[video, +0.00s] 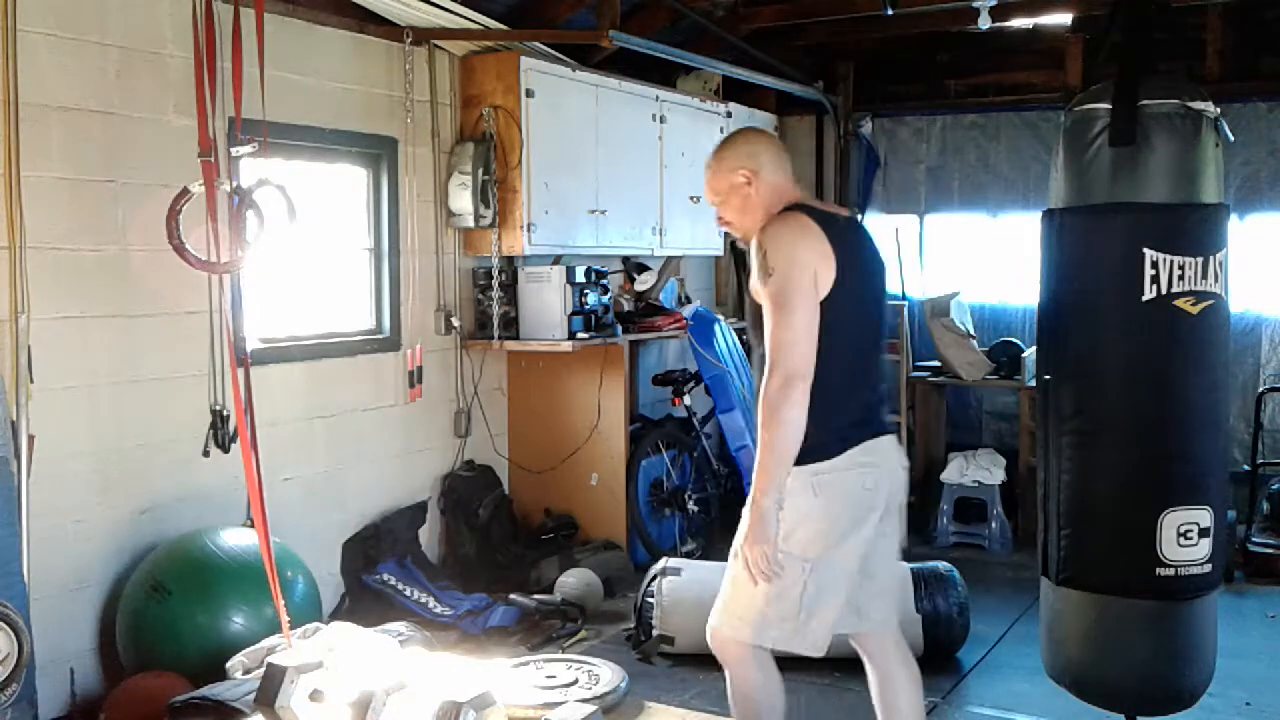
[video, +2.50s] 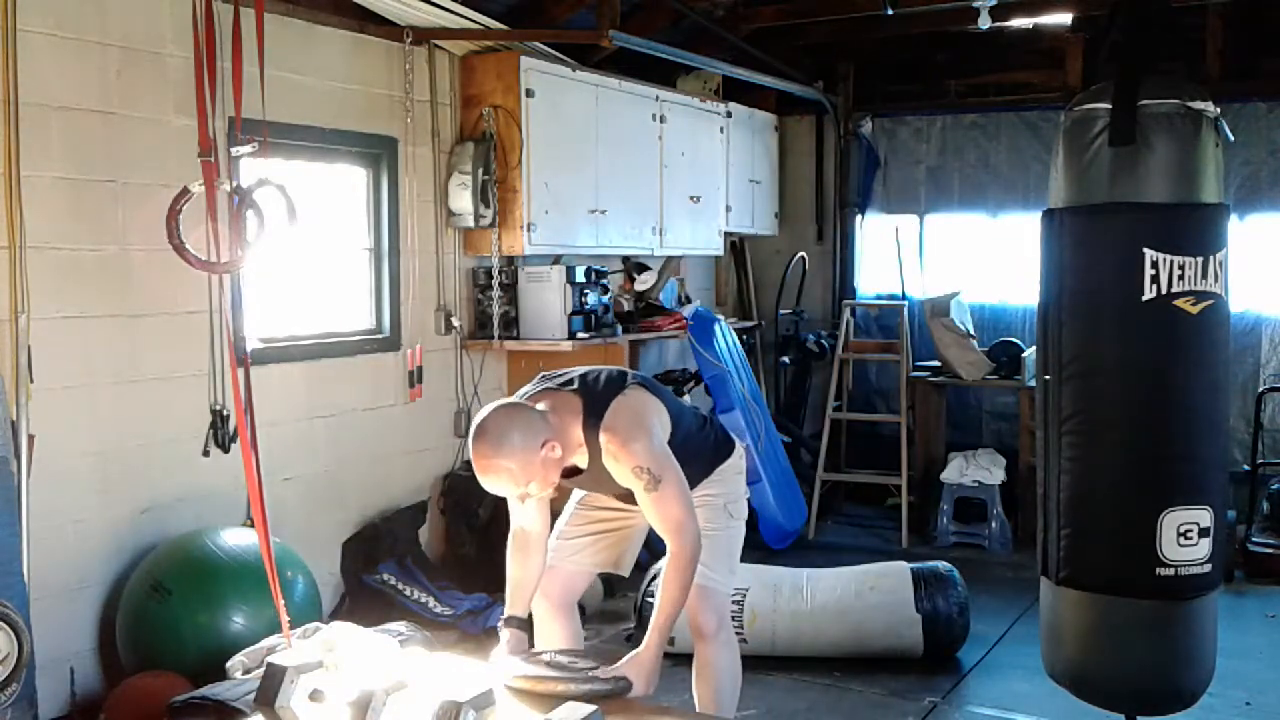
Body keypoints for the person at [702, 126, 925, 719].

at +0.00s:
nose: (720, 220)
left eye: (720, 204)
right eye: (714, 208)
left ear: (752, 182)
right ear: (774, 181)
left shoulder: (785, 235)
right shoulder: (848, 227)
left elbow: (789, 377)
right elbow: (857, 363)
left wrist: (760, 504)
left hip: (819, 480)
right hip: (879, 466)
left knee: (734, 637)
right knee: (879, 633)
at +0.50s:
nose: (604, 259)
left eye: (606, 243)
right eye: (598, 246)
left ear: (646, 218)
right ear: (646, 218)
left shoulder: (732, 267)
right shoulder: (649, 274)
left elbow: (750, 403)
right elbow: (646, 369)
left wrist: (681, 497)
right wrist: (618, 459)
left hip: (751, 468)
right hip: (682, 460)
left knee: (710, 640)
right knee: (638, 597)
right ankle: (623, 717)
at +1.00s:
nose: (529, 455)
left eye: (530, 443)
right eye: (519, 448)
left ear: (555, 407)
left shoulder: (639, 402)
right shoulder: (522, 414)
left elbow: (668, 533)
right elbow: (533, 515)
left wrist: (641, 644)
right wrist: (535, 619)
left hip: (710, 469)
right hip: (624, 471)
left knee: (710, 611)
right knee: (566, 591)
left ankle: (717, 716)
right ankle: (582, 710)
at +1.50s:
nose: (530, 480)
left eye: (530, 469)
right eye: (519, 476)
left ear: (553, 431)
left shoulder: (634, 423)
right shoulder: (521, 412)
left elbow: (678, 528)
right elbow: (543, 511)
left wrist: (653, 630)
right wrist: (544, 610)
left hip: (705, 470)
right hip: (617, 475)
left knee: (706, 614)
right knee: (565, 592)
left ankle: (715, 715)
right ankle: (584, 710)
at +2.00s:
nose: (527, 499)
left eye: (530, 486)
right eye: (516, 492)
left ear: (554, 447)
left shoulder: (634, 437)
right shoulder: (518, 413)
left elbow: (688, 543)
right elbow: (544, 511)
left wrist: (653, 646)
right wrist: (544, 608)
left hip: (705, 472)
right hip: (615, 475)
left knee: (705, 617)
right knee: (565, 595)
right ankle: (574, 710)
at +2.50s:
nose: (523, 501)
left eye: (526, 489)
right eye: (513, 494)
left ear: (550, 451)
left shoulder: (629, 440)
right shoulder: (514, 422)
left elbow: (685, 546)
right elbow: (526, 530)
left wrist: (651, 651)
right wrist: (513, 625)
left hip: (703, 474)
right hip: (611, 479)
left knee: (706, 619)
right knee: (549, 596)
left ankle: (716, 718)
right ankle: (573, 711)